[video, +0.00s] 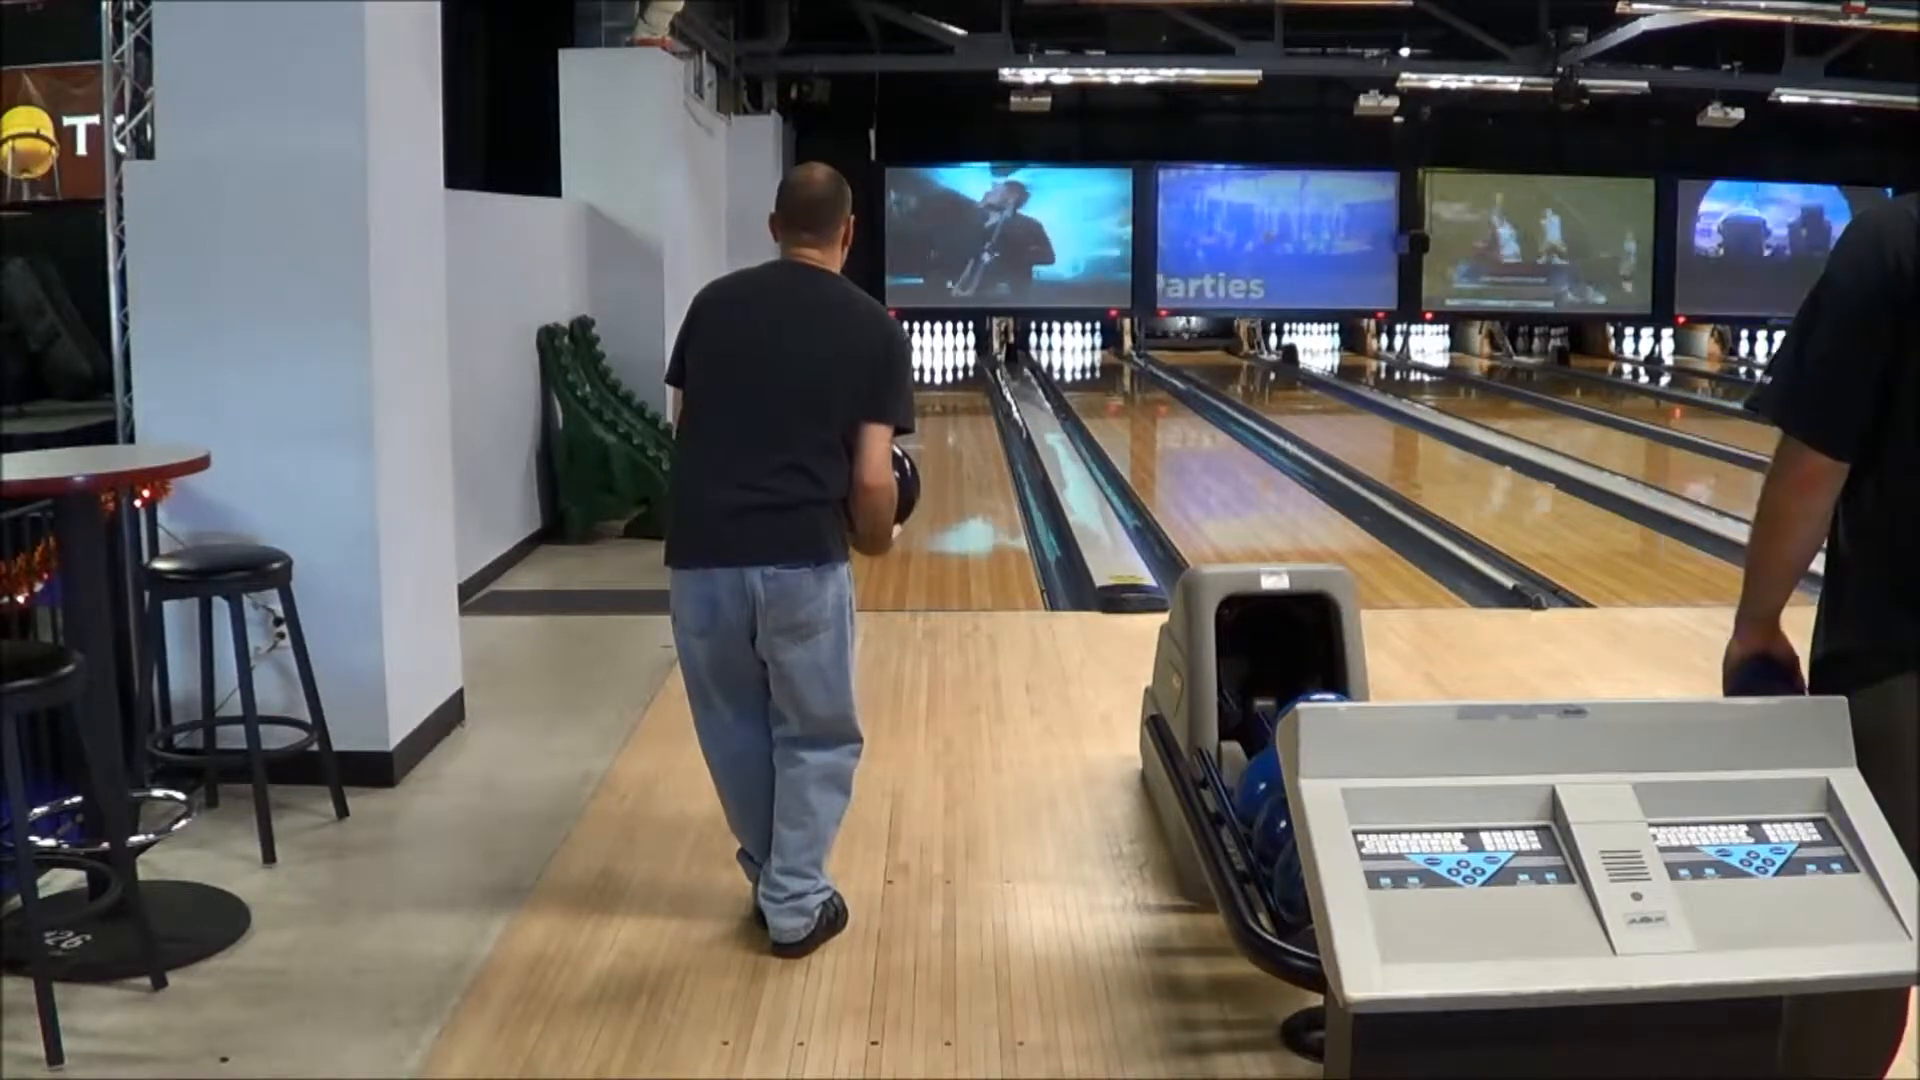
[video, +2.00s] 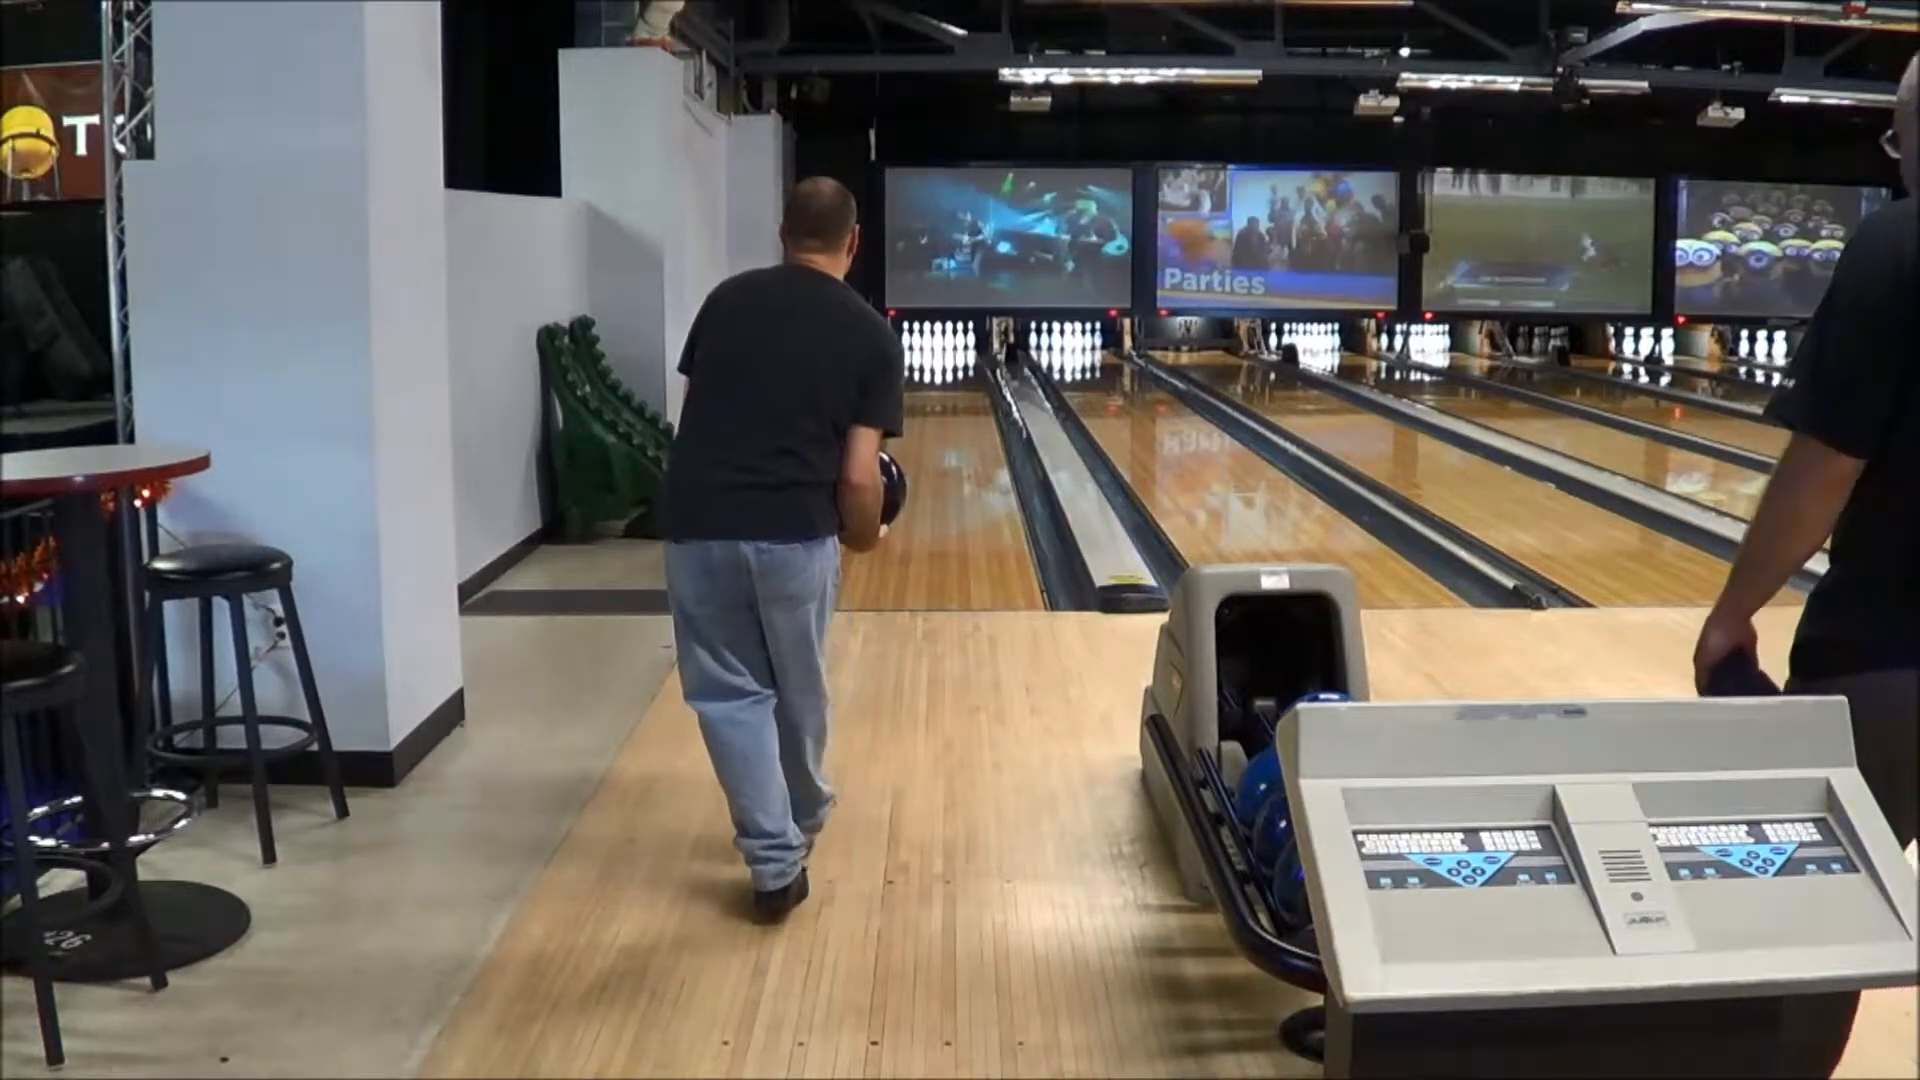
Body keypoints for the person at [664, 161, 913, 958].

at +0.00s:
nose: (851, 237)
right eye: (854, 226)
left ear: (772, 228)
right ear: (849, 230)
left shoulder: (715, 302)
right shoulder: (870, 326)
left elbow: (683, 423)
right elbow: (871, 477)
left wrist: (724, 485)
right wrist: (878, 537)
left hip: (701, 557)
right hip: (803, 557)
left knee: (732, 724)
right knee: (817, 736)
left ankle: (768, 870)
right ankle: (794, 904)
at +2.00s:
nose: (853, 246)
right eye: (857, 236)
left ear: (784, 235)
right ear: (853, 240)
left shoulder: (727, 299)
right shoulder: (869, 333)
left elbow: (689, 416)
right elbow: (858, 475)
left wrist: (716, 484)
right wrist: (865, 534)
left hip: (696, 524)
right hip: (793, 527)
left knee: (726, 690)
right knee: (798, 680)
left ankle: (772, 861)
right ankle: (801, 809)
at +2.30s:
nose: (859, 247)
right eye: (861, 237)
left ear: (789, 233)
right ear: (856, 240)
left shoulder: (733, 293)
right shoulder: (870, 327)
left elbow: (697, 400)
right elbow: (858, 462)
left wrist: (723, 468)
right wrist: (864, 516)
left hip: (702, 513)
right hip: (796, 517)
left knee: (726, 671)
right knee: (795, 667)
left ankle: (770, 840)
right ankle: (786, 793)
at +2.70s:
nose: (866, 266)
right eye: (866, 257)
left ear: (799, 255)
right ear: (861, 261)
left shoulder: (750, 304)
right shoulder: (871, 341)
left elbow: (730, 404)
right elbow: (860, 469)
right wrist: (859, 526)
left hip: (705, 501)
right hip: (789, 510)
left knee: (723, 637)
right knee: (799, 658)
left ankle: (740, 770)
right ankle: (780, 797)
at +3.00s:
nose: (864, 271)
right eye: (867, 262)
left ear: (804, 257)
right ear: (864, 262)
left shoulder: (764, 297)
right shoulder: (866, 320)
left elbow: (745, 395)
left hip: (701, 465)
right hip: (778, 473)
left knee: (722, 618)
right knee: (786, 625)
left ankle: (754, 744)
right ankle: (780, 770)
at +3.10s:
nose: (868, 271)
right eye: (869, 263)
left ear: (807, 260)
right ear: (865, 262)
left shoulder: (769, 297)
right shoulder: (861, 309)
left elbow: (723, 369)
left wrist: (682, 418)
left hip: (705, 457)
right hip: (778, 460)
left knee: (722, 613)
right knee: (794, 611)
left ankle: (755, 750)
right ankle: (780, 723)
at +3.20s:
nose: (876, 281)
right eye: (877, 273)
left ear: (813, 267)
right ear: (871, 271)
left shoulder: (777, 308)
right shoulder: (861, 306)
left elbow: (719, 361)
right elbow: (867, 356)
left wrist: (680, 391)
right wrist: (865, 425)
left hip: (710, 456)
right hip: (782, 457)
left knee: (730, 603)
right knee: (810, 593)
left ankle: (758, 750)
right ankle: (794, 710)